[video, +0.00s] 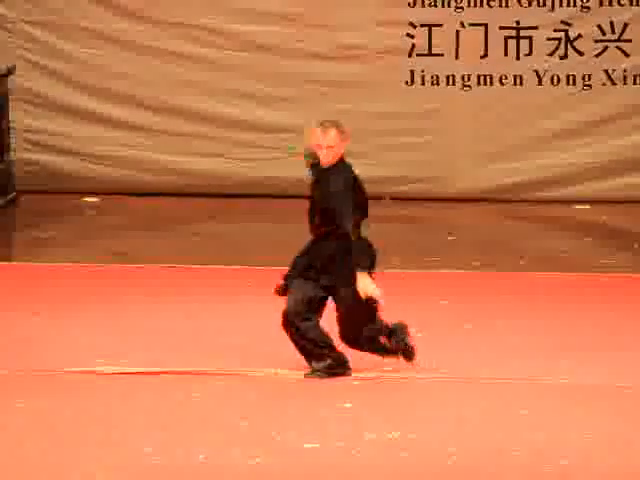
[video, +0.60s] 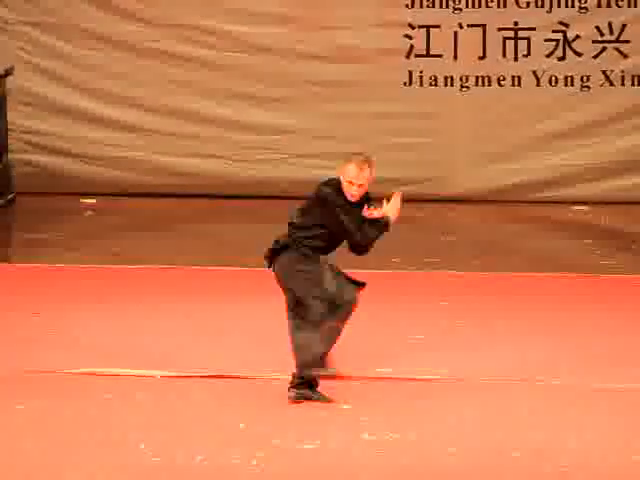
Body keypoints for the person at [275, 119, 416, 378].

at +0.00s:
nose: (324, 153)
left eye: (331, 147)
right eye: (320, 147)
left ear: (344, 145)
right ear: (315, 147)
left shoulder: (342, 177)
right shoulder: (323, 175)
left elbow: (351, 226)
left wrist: (361, 271)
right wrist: (293, 276)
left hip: (348, 258)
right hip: (322, 256)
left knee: (354, 330)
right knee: (296, 315)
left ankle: (394, 339)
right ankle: (329, 361)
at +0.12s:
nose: (332, 153)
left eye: (338, 147)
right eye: (327, 147)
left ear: (351, 148)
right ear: (321, 147)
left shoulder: (368, 186)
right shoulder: (305, 165)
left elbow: (376, 229)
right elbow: (277, 135)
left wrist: (385, 266)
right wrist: (269, 90)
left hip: (345, 252)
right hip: (309, 247)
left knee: (335, 312)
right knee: (288, 321)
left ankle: (344, 339)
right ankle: (326, 363)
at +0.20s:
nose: (333, 163)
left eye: (338, 157)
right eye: (328, 157)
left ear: (350, 154)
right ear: (322, 153)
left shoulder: (365, 184)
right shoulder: (313, 176)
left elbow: (376, 224)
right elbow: (302, 174)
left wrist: (391, 253)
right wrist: (296, 156)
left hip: (337, 253)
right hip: (303, 249)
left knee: (328, 311)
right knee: (290, 313)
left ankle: (313, 369)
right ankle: (308, 355)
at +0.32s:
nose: (351, 169)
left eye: (356, 162)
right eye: (345, 161)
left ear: (363, 165)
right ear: (333, 162)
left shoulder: (356, 191)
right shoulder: (321, 195)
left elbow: (359, 227)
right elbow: (342, 245)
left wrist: (351, 220)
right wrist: (363, 281)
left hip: (329, 269)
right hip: (301, 266)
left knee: (325, 324)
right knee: (298, 320)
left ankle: (302, 375)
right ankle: (301, 370)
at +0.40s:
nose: (354, 182)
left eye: (359, 176)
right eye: (348, 175)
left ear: (365, 173)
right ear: (336, 169)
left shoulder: (359, 191)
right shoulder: (325, 197)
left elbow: (357, 216)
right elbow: (338, 249)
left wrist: (360, 237)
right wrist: (371, 274)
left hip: (325, 262)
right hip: (299, 262)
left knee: (330, 324)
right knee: (294, 330)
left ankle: (304, 383)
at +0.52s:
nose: (352, 190)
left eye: (358, 184)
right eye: (347, 183)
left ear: (366, 181)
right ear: (337, 178)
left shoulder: (362, 198)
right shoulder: (324, 202)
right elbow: (357, 242)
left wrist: (372, 222)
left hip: (315, 262)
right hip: (294, 257)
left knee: (332, 321)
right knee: (317, 315)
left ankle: (305, 382)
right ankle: (253, 349)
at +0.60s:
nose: (353, 190)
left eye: (360, 185)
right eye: (349, 183)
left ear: (368, 184)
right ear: (341, 179)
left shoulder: (331, 190)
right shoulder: (336, 201)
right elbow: (359, 244)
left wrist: (373, 211)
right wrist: (384, 220)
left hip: (301, 257)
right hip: (295, 260)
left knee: (345, 296)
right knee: (312, 309)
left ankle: (315, 357)